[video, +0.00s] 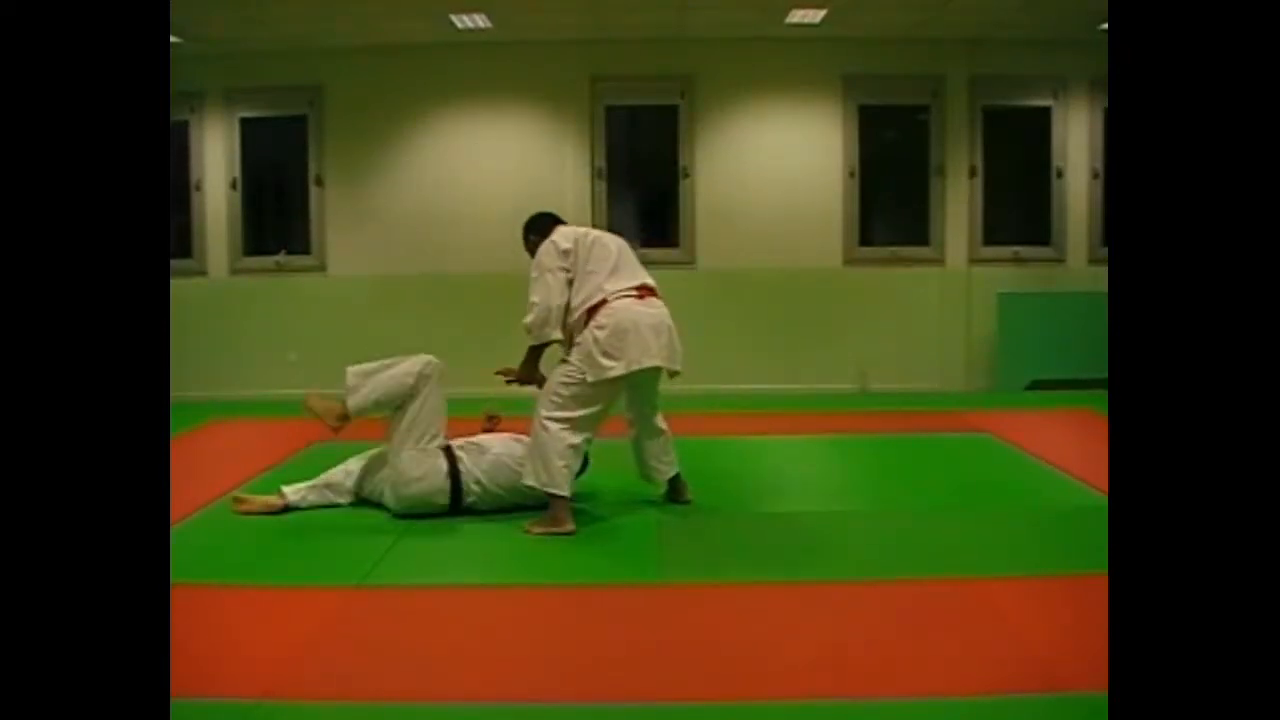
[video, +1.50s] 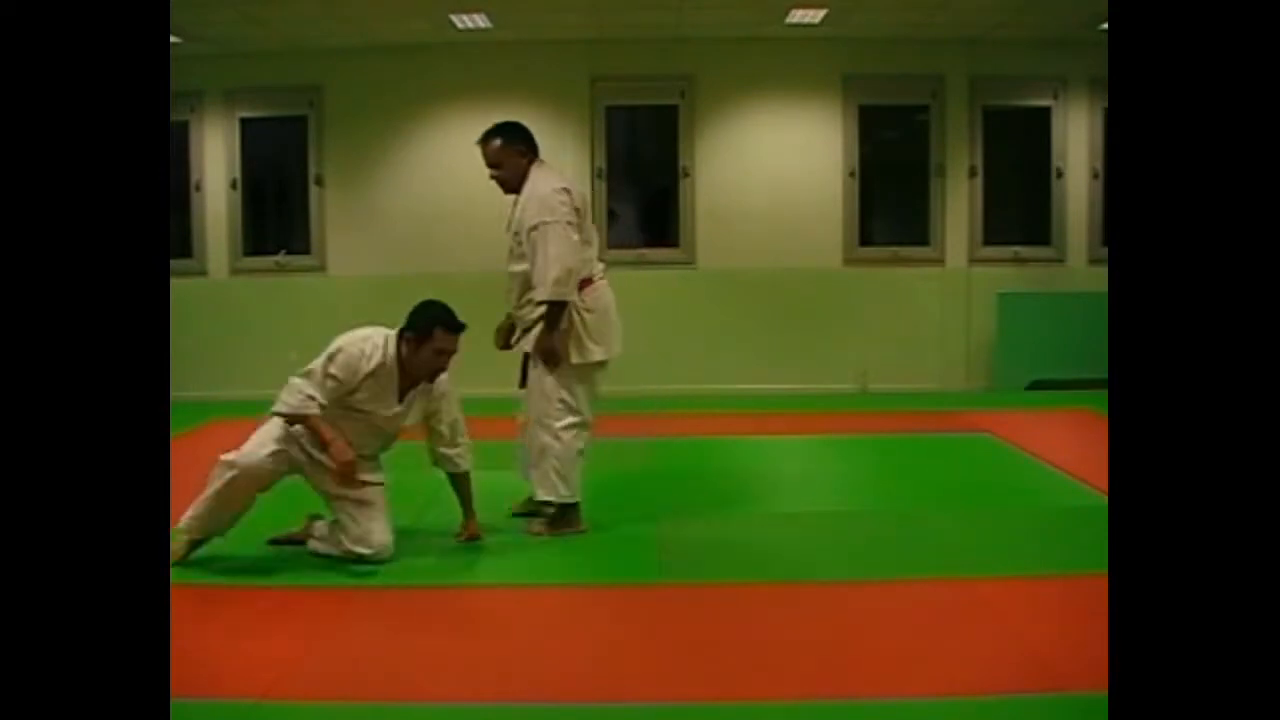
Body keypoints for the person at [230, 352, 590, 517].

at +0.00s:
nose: (542, 420)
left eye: (549, 422)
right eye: (544, 419)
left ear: (563, 445)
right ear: (566, 452)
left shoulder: (551, 463)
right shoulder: (524, 454)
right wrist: (490, 435)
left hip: (430, 479)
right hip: (415, 486)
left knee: (427, 371)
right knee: (360, 472)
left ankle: (344, 408)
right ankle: (284, 499)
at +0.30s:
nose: (525, 424)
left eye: (535, 424)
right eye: (527, 422)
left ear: (553, 432)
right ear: (528, 432)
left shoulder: (551, 467)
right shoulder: (510, 452)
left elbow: (548, 414)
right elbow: (471, 450)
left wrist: (510, 370)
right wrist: (466, 418)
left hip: (447, 492)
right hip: (420, 482)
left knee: (441, 388)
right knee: (349, 432)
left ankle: (347, 410)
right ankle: (264, 483)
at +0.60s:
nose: (484, 398)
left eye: (493, 393)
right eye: (484, 392)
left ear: (516, 402)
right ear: (486, 395)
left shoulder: (519, 438)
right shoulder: (459, 424)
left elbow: (486, 438)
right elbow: (409, 426)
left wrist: (441, 410)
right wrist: (371, 425)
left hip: (437, 500)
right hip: (403, 482)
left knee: (376, 440)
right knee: (330, 471)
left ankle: (275, 492)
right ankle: (221, 489)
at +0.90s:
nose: (403, 388)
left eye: (411, 383)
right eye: (399, 380)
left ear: (436, 376)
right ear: (395, 371)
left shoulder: (464, 407)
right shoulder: (387, 387)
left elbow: (507, 466)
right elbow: (343, 423)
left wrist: (472, 512)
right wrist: (312, 454)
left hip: (424, 500)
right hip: (377, 480)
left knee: (398, 477)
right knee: (294, 477)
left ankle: (325, 527)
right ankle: (205, 524)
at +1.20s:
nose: (385, 419)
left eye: (394, 412)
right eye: (378, 410)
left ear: (409, 399)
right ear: (364, 392)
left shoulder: (436, 416)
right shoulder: (343, 403)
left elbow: (469, 464)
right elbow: (304, 459)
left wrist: (473, 522)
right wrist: (316, 510)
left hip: (392, 498)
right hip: (340, 477)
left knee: (396, 531)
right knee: (265, 458)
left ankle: (316, 534)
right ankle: (187, 527)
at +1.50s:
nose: (445, 365)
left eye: (451, 356)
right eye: (440, 354)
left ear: (452, 353)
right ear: (409, 343)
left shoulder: (437, 385)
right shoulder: (363, 350)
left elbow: (453, 450)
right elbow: (297, 398)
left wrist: (470, 518)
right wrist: (335, 443)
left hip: (357, 462)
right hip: (300, 434)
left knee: (373, 546)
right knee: (245, 467)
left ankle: (315, 534)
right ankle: (190, 535)